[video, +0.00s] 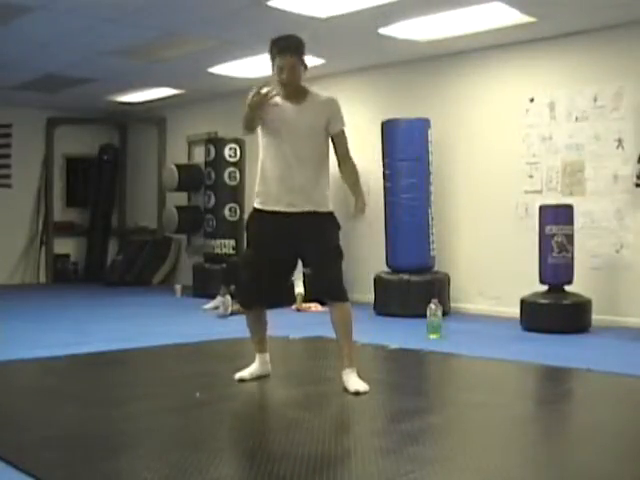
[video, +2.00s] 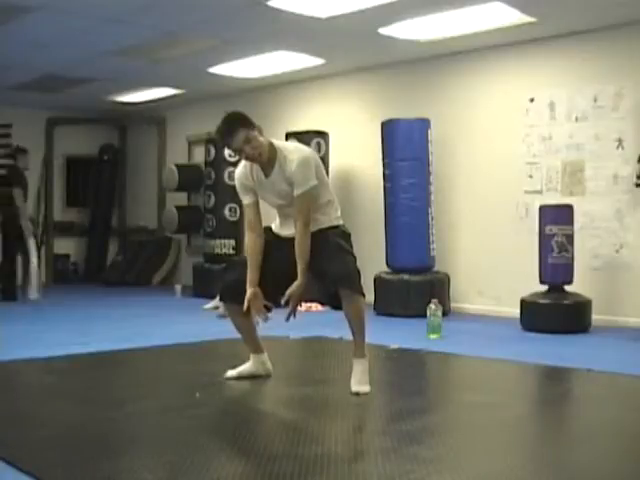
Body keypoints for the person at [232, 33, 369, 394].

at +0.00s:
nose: (285, 74)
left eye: (291, 67)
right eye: (280, 68)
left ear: (304, 66)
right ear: (272, 69)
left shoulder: (326, 105)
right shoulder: (263, 102)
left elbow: (343, 155)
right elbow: (247, 126)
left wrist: (358, 194)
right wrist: (255, 103)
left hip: (315, 213)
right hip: (268, 213)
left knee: (335, 290)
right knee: (251, 289)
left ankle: (349, 369)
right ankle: (261, 359)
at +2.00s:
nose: (249, 152)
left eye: (249, 141)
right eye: (239, 151)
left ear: (258, 130)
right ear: (236, 154)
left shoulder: (301, 159)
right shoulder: (244, 174)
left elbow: (304, 224)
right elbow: (253, 231)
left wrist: (301, 278)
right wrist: (253, 285)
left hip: (325, 234)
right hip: (283, 237)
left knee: (347, 280)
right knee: (231, 290)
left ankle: (360, 360)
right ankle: (258, 359)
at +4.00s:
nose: (310, 88)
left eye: (314, 79)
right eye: (306, 82)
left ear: (330, 73)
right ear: (305, 83)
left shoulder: (357, 99)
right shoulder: (331, 113)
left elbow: (402, 111)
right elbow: (355, 139)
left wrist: (383, 144)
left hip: (382, 185)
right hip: (359, 193)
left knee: (372, 254)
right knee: (365, 269)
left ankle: (421, 288)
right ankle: (390, 334)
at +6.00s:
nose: (175, 55)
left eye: (184, 48)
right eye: (172, 48)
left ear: (204, 53)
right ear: (168, 54)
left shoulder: (231, 95)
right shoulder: (169, 102)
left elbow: (272, 139)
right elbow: (166, 152)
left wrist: (303, 179)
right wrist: (151, 195)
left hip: (228, 203)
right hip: (187, 205)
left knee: (219, 292)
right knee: (176, 291)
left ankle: (225, 376)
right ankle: (192, 368)